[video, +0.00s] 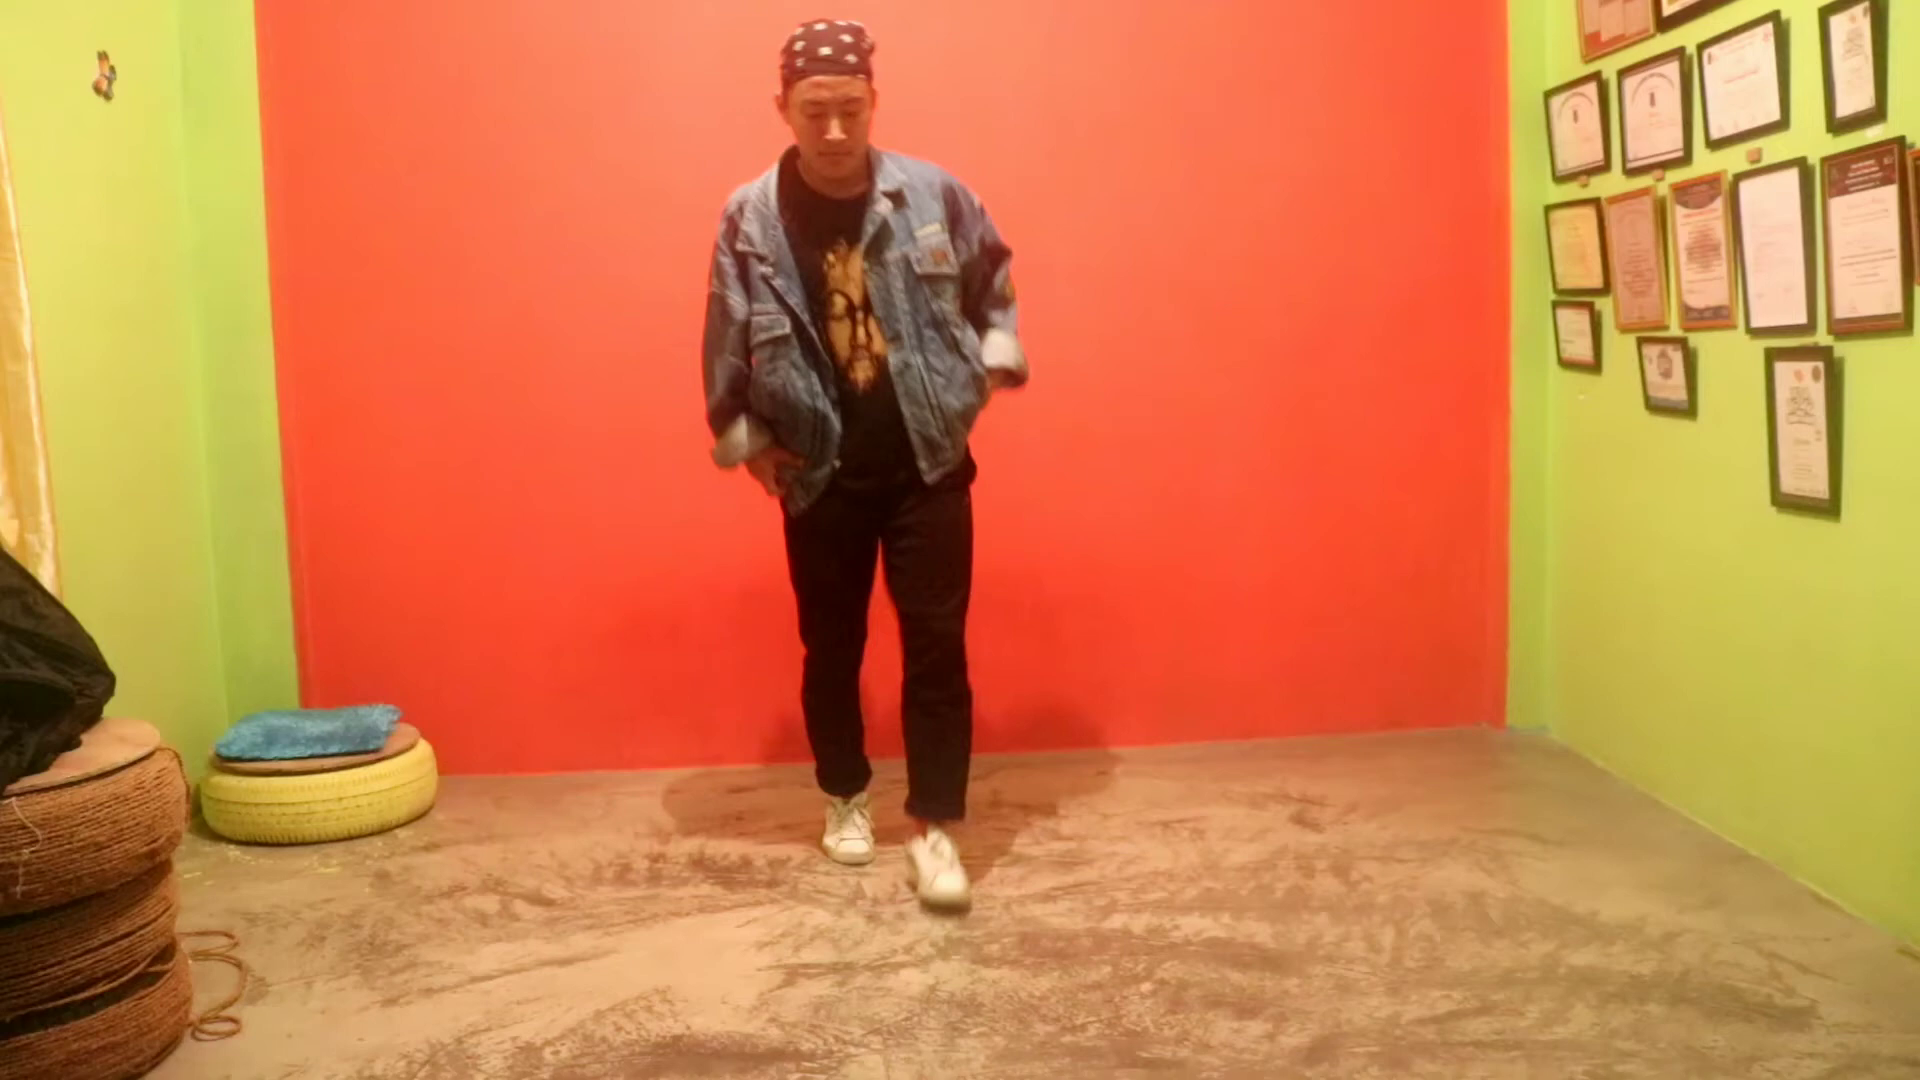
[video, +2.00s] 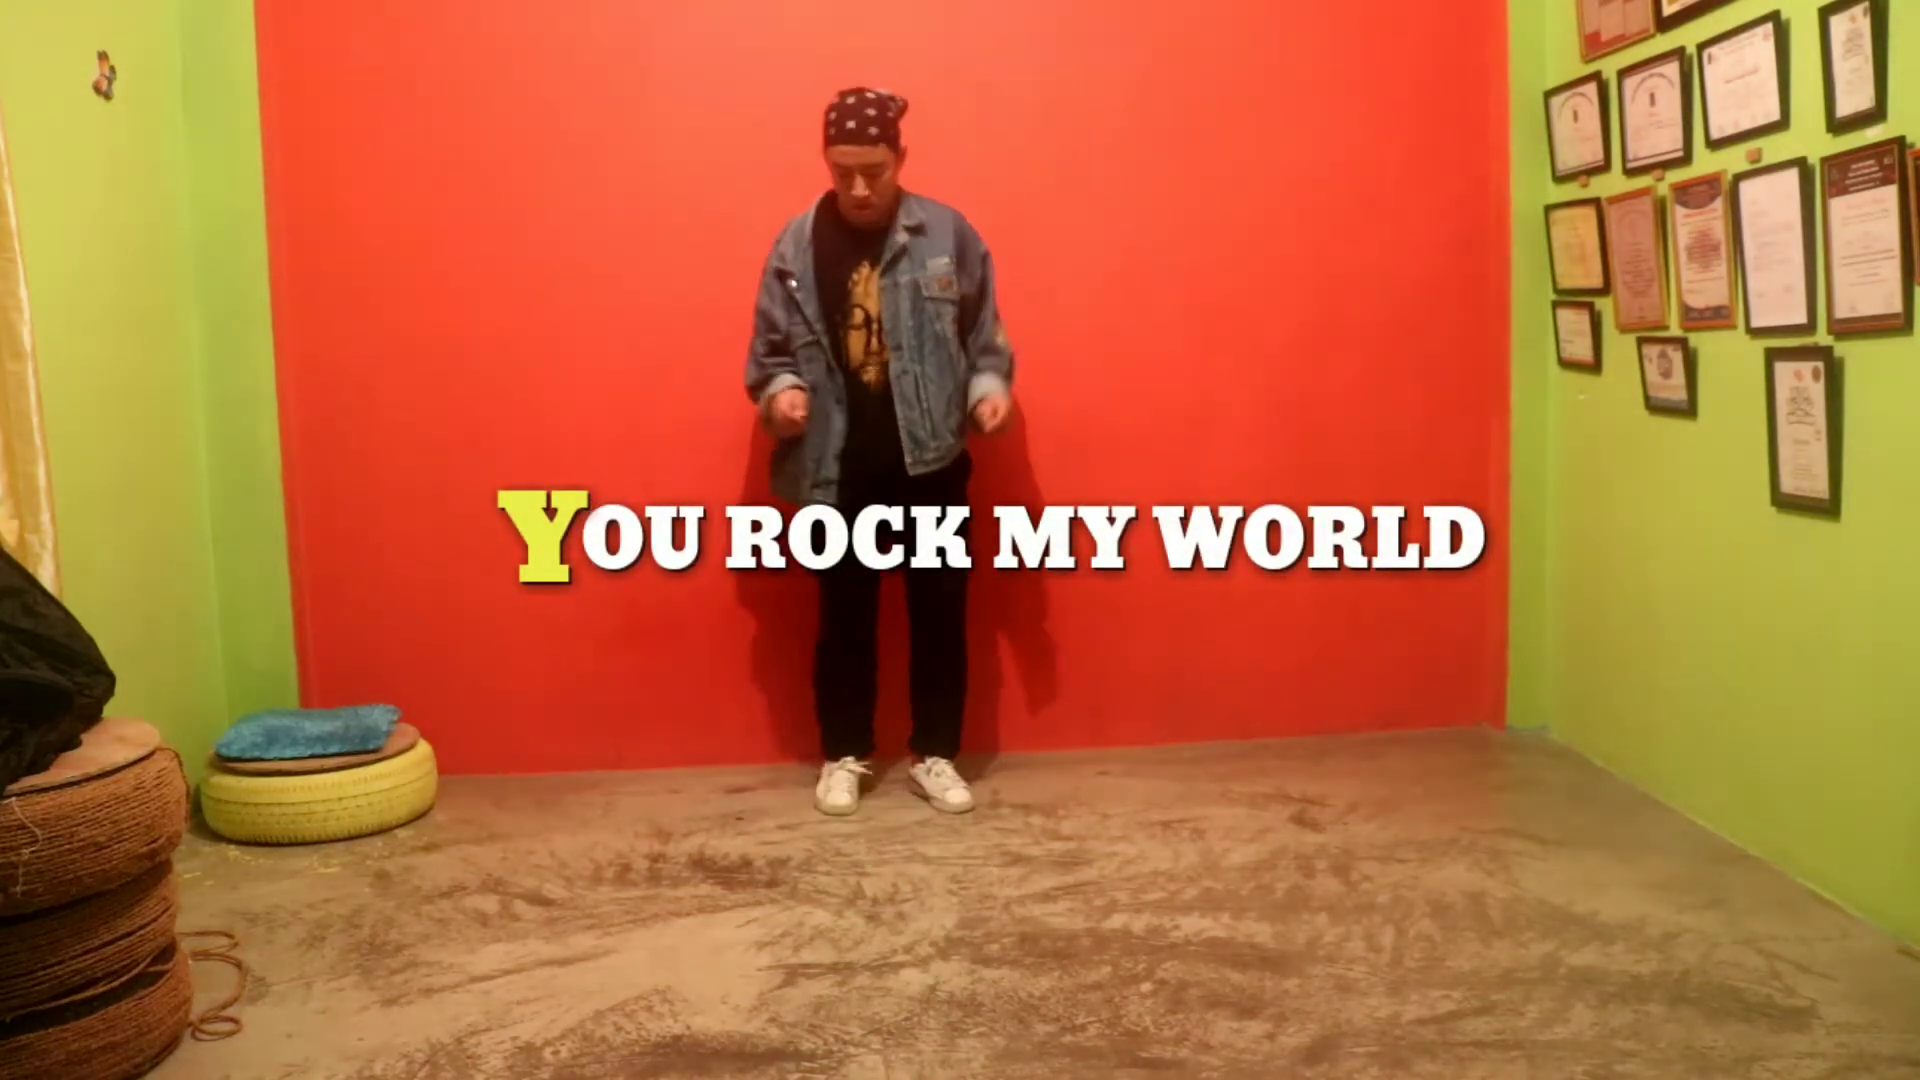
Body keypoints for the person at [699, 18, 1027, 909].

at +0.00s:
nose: (835, 133)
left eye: (850, 112)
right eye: (815, 114)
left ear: (875, 107)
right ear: (785, 113)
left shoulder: (935, 195)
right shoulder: (751, 217)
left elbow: (991, 287)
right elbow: (726, 346)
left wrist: (988, 368)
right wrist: (751, 446)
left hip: (929, 461)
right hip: (819, 471)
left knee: (938, 642)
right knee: (833, 642)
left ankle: (935, 825)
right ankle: (846, 798)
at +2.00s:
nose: (859, 188)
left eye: (873, 171)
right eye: (845, 172)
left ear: (899, 162)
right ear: (827, 165)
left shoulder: (950, 237)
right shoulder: (796, 249)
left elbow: (984, 335)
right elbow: (771, 354)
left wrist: (989, 382)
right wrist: (780, 389)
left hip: (931, 455)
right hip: (839, 458)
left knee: (939, 607)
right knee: (845, 609)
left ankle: (934, 755)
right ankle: (844, 756)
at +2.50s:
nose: (880, 177)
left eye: (896, 161)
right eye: (867, 159)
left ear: (926, 155)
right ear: (852, 153)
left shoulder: (969, 231)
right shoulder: (823, 219)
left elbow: (1007, 324)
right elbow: (796, 321)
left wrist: (1003, 384)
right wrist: (832, 379)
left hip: (940, 451)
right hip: (844, 452)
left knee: (941, 608)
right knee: (827, 607)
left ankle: (934, 757)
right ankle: (823, 755)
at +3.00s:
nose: (947, 195)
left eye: (958, 181)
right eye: (933, 177)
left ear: (966, 175)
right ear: (895, 161)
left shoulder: (970, 239)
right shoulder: (826, 234)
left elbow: (996, 330)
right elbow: (783, 338)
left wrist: (970, 395)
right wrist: (793, 422)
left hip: (944, 466)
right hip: (854, 471)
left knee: (985, 609)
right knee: (853, 620)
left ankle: (996, 762)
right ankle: (855, 761)